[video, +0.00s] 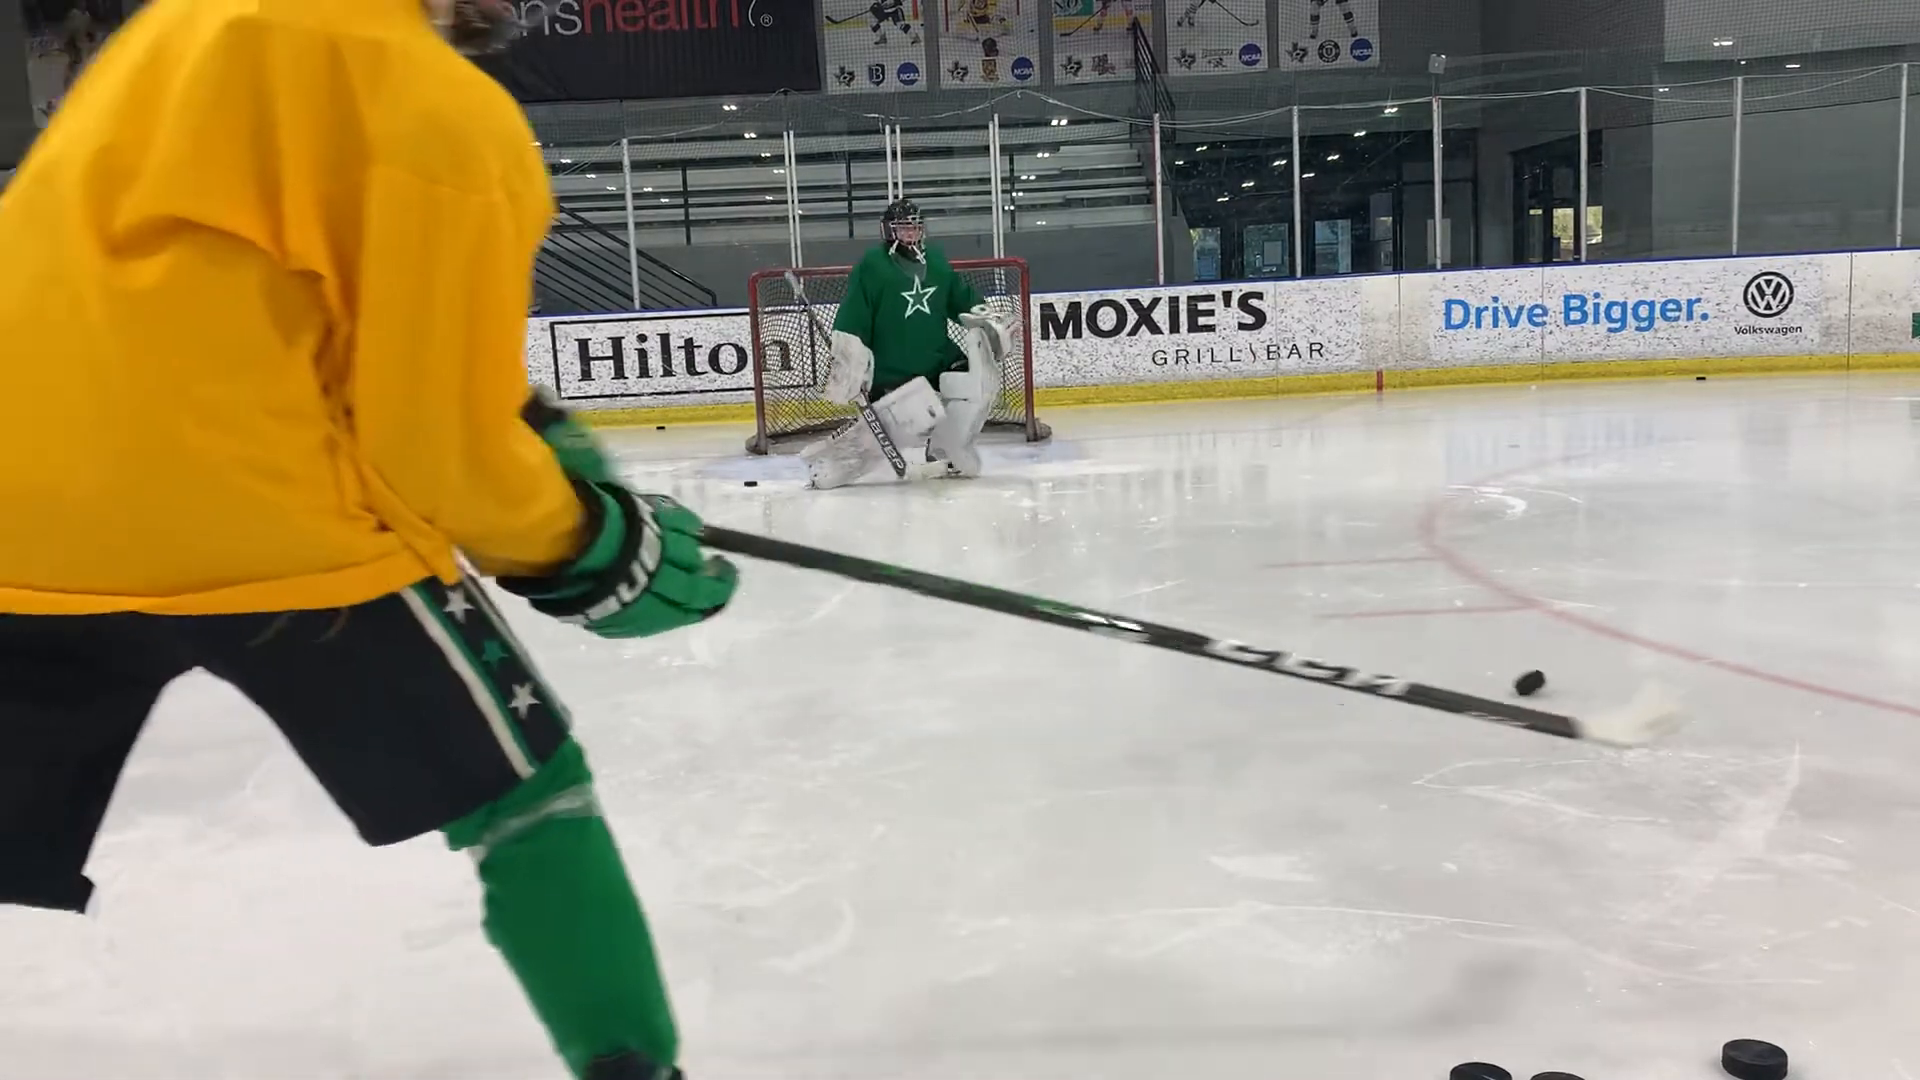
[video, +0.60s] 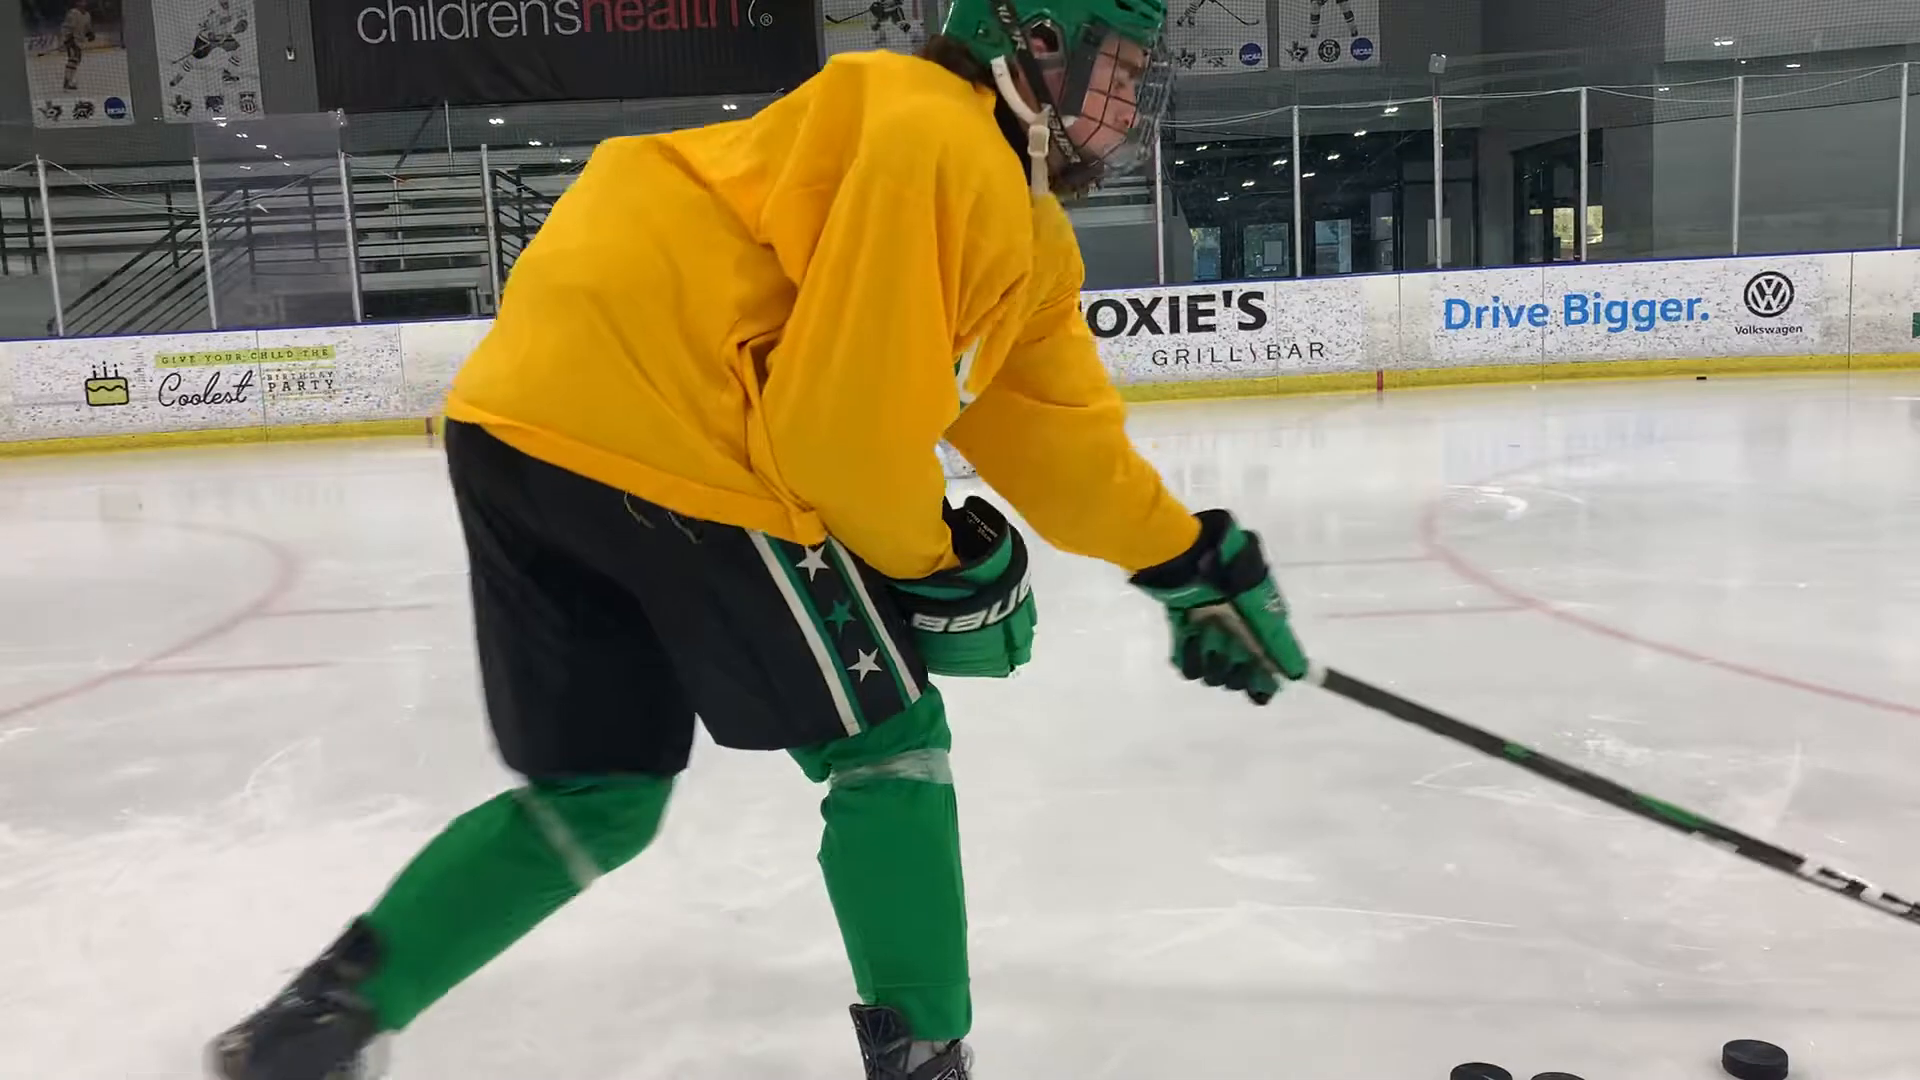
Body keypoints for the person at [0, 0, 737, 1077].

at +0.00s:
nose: (505, 18)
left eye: (508, 10)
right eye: (502, 5)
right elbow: (439, 441)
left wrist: (511, 428)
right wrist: (598, 553)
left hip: (34, 509)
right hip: (269, 506)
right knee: (524, 803)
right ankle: (630, 1057)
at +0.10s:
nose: (720, 22)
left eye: (738, 10)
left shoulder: (396, 47)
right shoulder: (606, 139)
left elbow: (527, 326)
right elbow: (560, 464)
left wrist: (743, 432)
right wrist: (683, 577)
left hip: (123, 485)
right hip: (379, 508)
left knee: (20, 863)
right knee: (621, 790)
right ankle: (721, 1059)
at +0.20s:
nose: (863, 49)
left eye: (869, 24)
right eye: (851, 18)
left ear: (722, 1)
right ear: (770, 7)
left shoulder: (586, 78)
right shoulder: (713, 149)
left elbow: (802, 348)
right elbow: (651, 483)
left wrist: (979, 437)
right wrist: (767, 578)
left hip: (243, 477)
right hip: (465, 508)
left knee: (95, 875)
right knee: (713, 779)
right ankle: (810, 1060)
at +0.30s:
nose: (982, 104)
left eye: (991, 77)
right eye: (963, 69)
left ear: (881, 70)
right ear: (867, 55)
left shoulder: (830, 190)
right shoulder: (792, 178)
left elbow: (965, 375)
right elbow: (721, 489)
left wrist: (1149, 453)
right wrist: (842, 571)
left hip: (355, 474)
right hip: (544, 506)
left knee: (192, 876)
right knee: (801, 768)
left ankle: (18, 1061)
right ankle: (869, 1061)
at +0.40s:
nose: (1061, 127)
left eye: (1069, 97)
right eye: (1040, 90)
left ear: (999, 100)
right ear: (941, 74)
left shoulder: (964, 245)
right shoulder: (846, 172)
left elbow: (1060, 404)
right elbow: (773, 480)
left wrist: (1253, 480)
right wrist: (904, 565)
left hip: (435, 476)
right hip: (596, 506)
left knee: (310, 865)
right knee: (854, 752)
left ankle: (62, 1072)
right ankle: (881, 1059)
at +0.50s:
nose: (1114, 135)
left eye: (1123, 105)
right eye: (1093, 97)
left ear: (1056, 104)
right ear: (998, 73)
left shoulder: (1013, 245)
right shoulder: (904, 165)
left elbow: (1087, 419)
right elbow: (809, 459)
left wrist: (1269, 528)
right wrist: (936, 571)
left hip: (483, 452)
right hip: (633, 479)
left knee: (452, 847)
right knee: (881, 745)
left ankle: (169, 1058)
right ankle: (904, 1051)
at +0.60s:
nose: (1130, 112)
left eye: (1139, 82)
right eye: (1114, 73)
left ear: (1065, 68)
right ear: (1033, 48)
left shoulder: (1015, 228)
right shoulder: (932, 137)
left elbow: (1054, 432)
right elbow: (839, 431)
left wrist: (1192, 562)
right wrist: (947, 565)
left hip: (515, 415)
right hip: (667, 444)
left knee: (600, 793)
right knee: (883, 743)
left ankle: (309, 1026)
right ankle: (920, 1060)